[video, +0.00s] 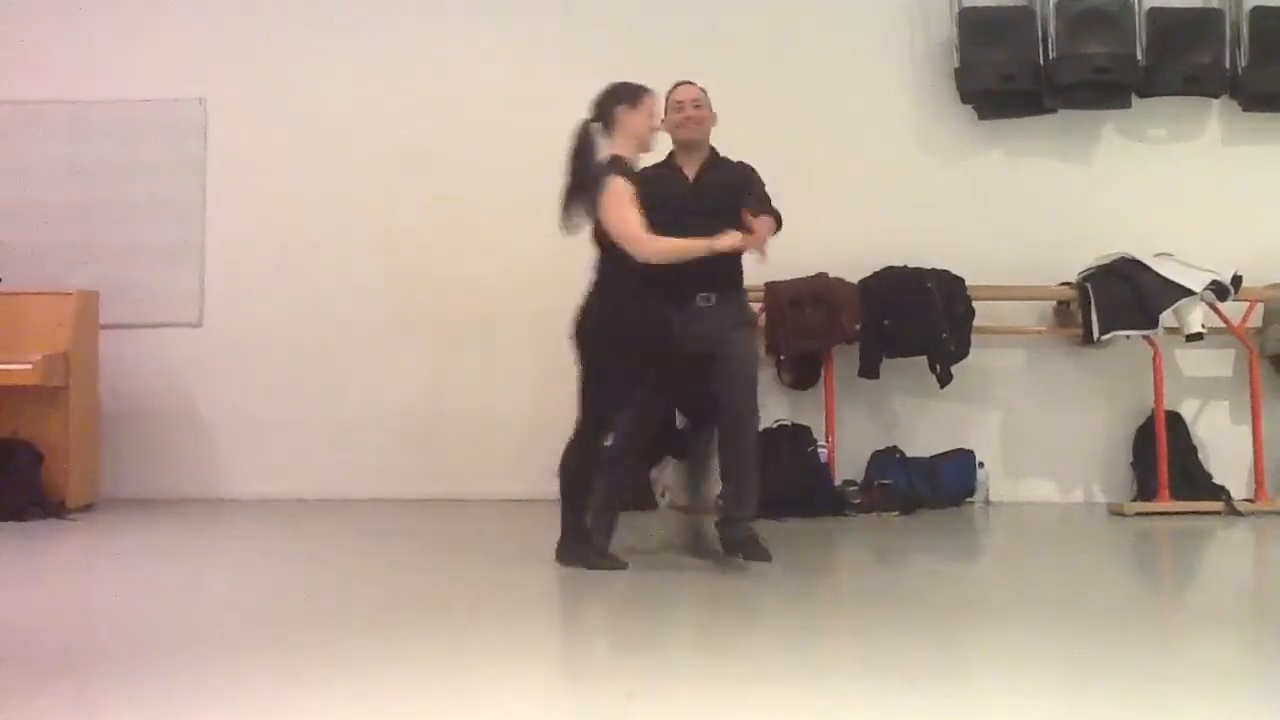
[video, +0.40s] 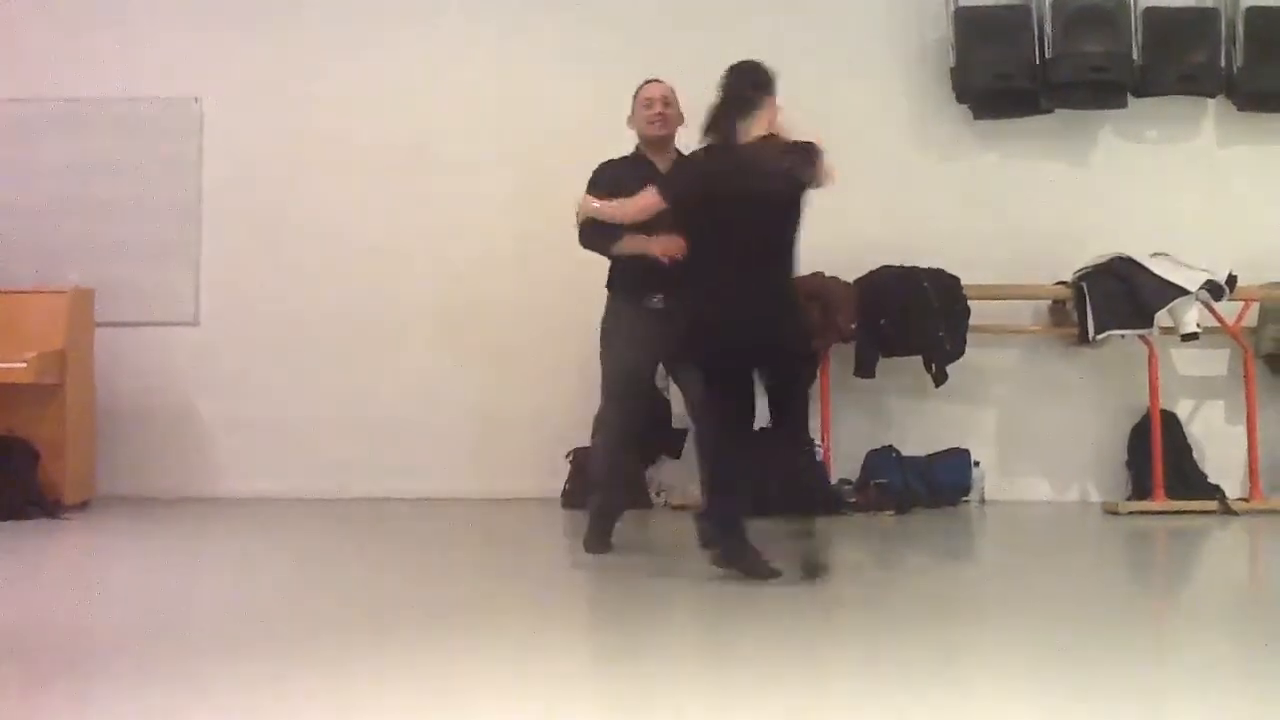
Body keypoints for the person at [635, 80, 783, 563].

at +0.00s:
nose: (689, 113)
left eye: (697, 105)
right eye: (679, 107)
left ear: (713, 118)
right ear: (665, 123)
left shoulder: (737, 175)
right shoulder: (645, 181)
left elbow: (766, 217)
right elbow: (619, 231)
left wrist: (758, 226)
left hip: (726, 316)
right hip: (663, 317)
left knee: (739, 414)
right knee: (638, 421)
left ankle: (738, 525)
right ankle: (596, 529)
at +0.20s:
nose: (727, 116)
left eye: (725, 107)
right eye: (719, 106)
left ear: (679, 115)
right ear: (692, 111)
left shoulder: (640, 175)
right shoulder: (713, 174)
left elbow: (602, 220)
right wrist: (816, 177)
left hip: (646, 326)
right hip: (703, 326)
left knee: (643, 425)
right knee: (736, 421)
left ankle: (603, 525)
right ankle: (732, 537)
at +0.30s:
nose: (663, 110)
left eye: (671, 103)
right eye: (653, 104)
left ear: (685, 114)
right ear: (636, 118)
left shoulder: (705, 167)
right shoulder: (614, 174)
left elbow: (726, 223)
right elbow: (592, 232)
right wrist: (642, 236)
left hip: (693, 311)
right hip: (633, 312)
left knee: (716, 415)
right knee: (621, 413)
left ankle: (727, 526)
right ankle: (604, 512)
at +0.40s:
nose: (659, 110)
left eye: (667, 103)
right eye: (649, 104)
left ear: (680, 116)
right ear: (632, 119)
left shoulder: (699, 172)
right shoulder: (611, 175)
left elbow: (722, 225)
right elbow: (590, 234)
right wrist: (648, 242)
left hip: (690, 310)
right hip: (632, 312)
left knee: (713, 410)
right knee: (619, 411)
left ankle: (720, 518)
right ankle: (603, 511)